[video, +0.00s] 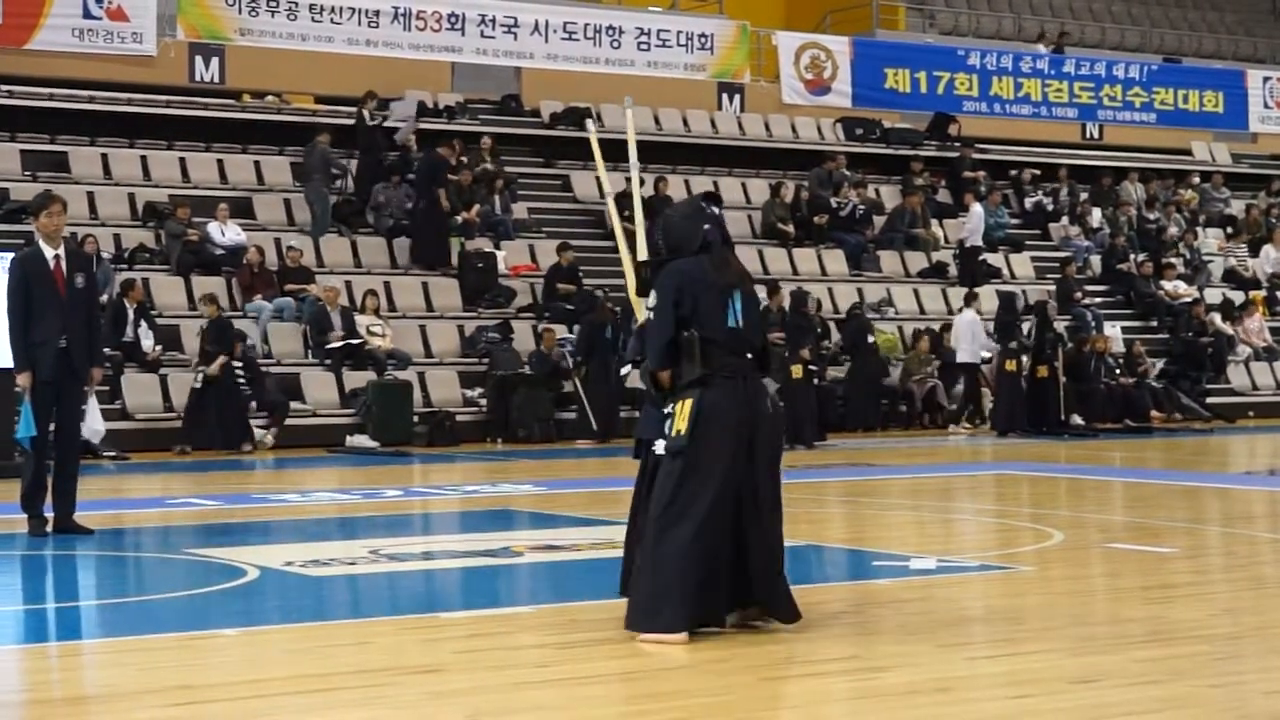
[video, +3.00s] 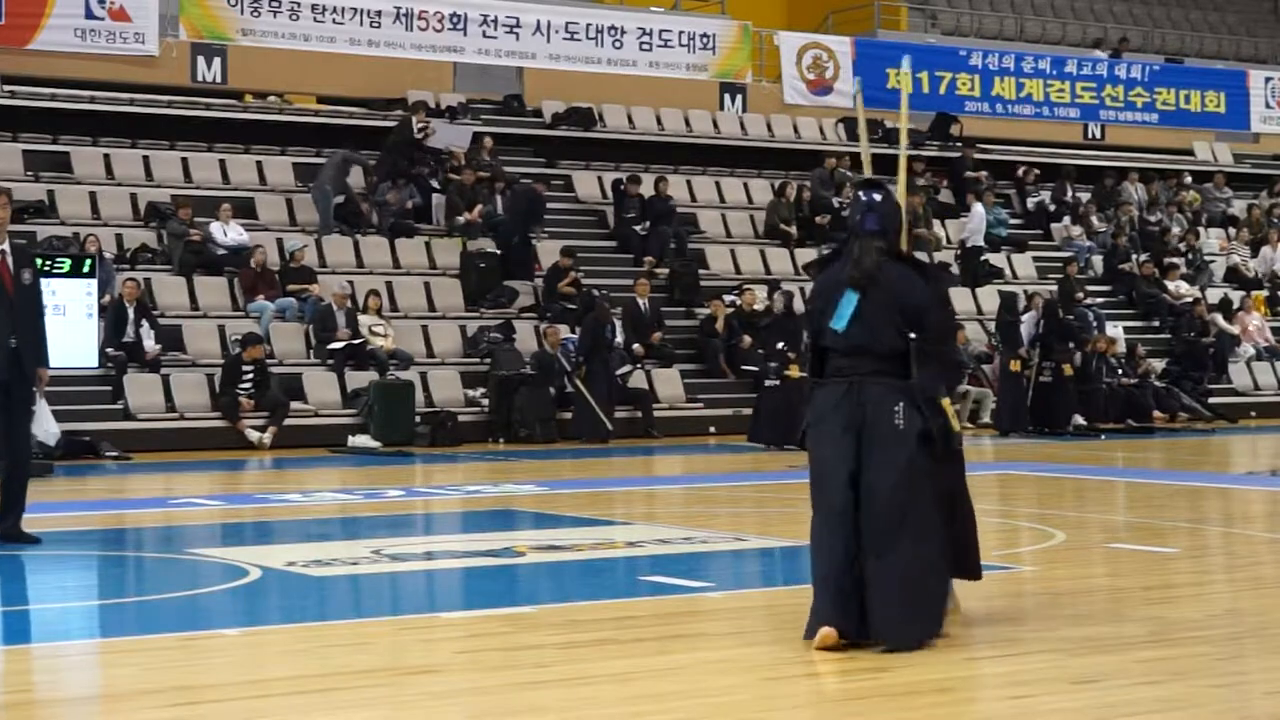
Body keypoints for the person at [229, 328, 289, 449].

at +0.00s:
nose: (237, 348)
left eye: (239, 345)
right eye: (234, 345)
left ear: (243, 345)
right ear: (229, 345)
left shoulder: (249, 361)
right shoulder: (223, 363)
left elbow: (258, 380)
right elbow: (225, 386)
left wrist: (256, 399)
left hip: (252, 395)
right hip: (235, 398)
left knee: (282, 403)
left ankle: (271, 434)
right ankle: (247, 437)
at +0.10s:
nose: (227, 347)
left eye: (230, 343)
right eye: (227, 343)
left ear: (239, 345)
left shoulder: (249, 361)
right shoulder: (223, 362)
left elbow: (258, 382)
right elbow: (220, 384)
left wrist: (255, 399)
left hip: (250, 396)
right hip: (232, 397)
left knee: (281, 404)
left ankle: (270, 435)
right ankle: (248, 432)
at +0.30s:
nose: (227, 346)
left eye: (231, 343)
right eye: (227, 343)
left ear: (241, 345)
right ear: (225, 343)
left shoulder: (249, 361)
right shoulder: (221, 361)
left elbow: (258, 382)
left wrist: (255, 399)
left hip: (249, 395)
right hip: (229, 395)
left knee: (282, 404)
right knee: (237, 402)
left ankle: (270, 436)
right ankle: (248, 429)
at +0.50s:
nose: (240, 348)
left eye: (241, 344)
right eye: (236, 344)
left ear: (243, 345)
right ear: (228, 345)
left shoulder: (250, 361)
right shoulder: (220, 363)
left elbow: (258, 382)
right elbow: (215, 388)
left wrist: (254, 399)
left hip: (250, 397)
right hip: (229, 398)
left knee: (282, 404)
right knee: (236, 399)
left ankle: (270, 436)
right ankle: (249, 429)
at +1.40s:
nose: (255, 349)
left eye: (255, 346)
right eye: (252, 346)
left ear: (246, 347)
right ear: (243, 346)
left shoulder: (255, 362)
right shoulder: (225, 362)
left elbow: (262, 384)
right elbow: (222, 387)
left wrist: (254, 399)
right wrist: (238, 397)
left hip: (254, 395)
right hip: (234, 395)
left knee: (283, 404)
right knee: (234, 402)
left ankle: (271, 435)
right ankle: (250, 428)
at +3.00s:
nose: (262, 350)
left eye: (262, 347)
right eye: (259, 348)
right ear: (249, 349)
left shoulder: (260, 362)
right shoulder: (231, 362)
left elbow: (265, 386)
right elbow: (225, 388)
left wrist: (254, 400)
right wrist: (239, 399)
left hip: (256, 396)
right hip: (236, 396)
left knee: (283, 403)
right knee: (225, 403)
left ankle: (268, 435)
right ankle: (247, 431)